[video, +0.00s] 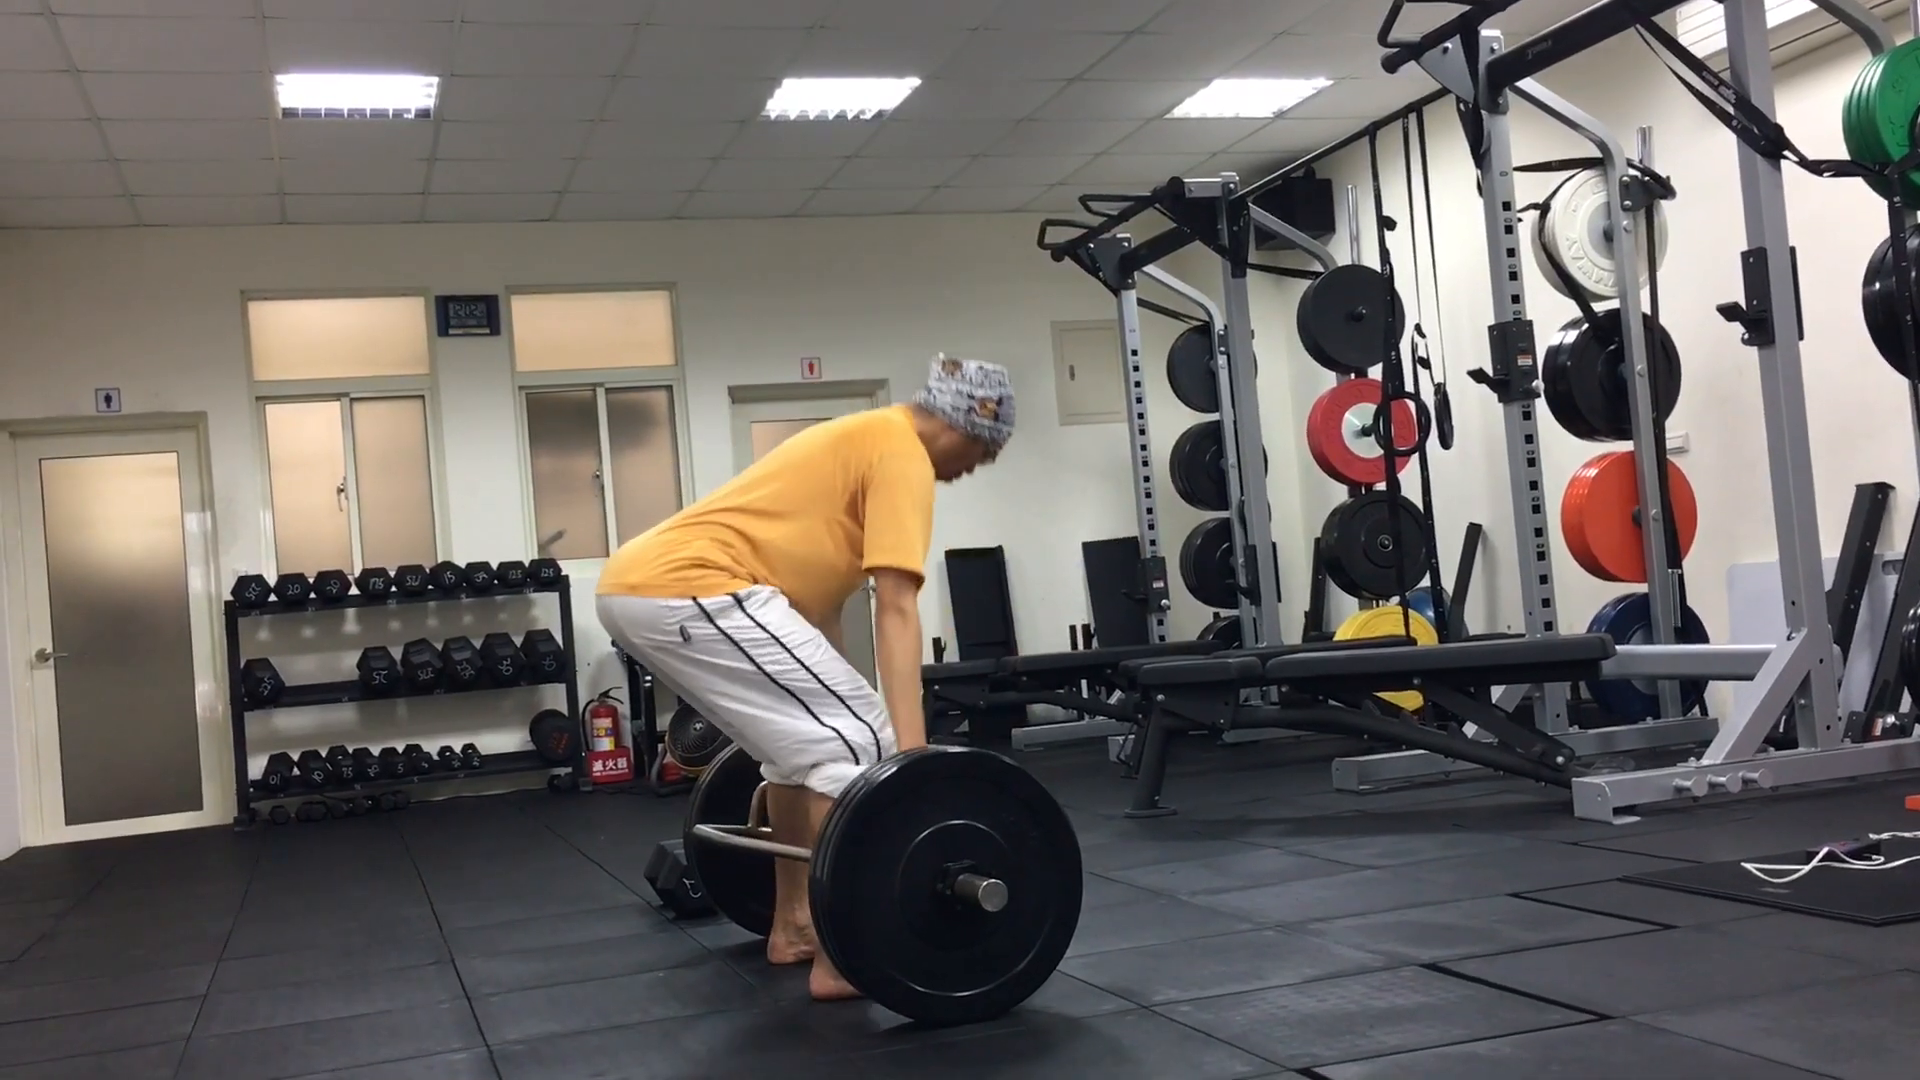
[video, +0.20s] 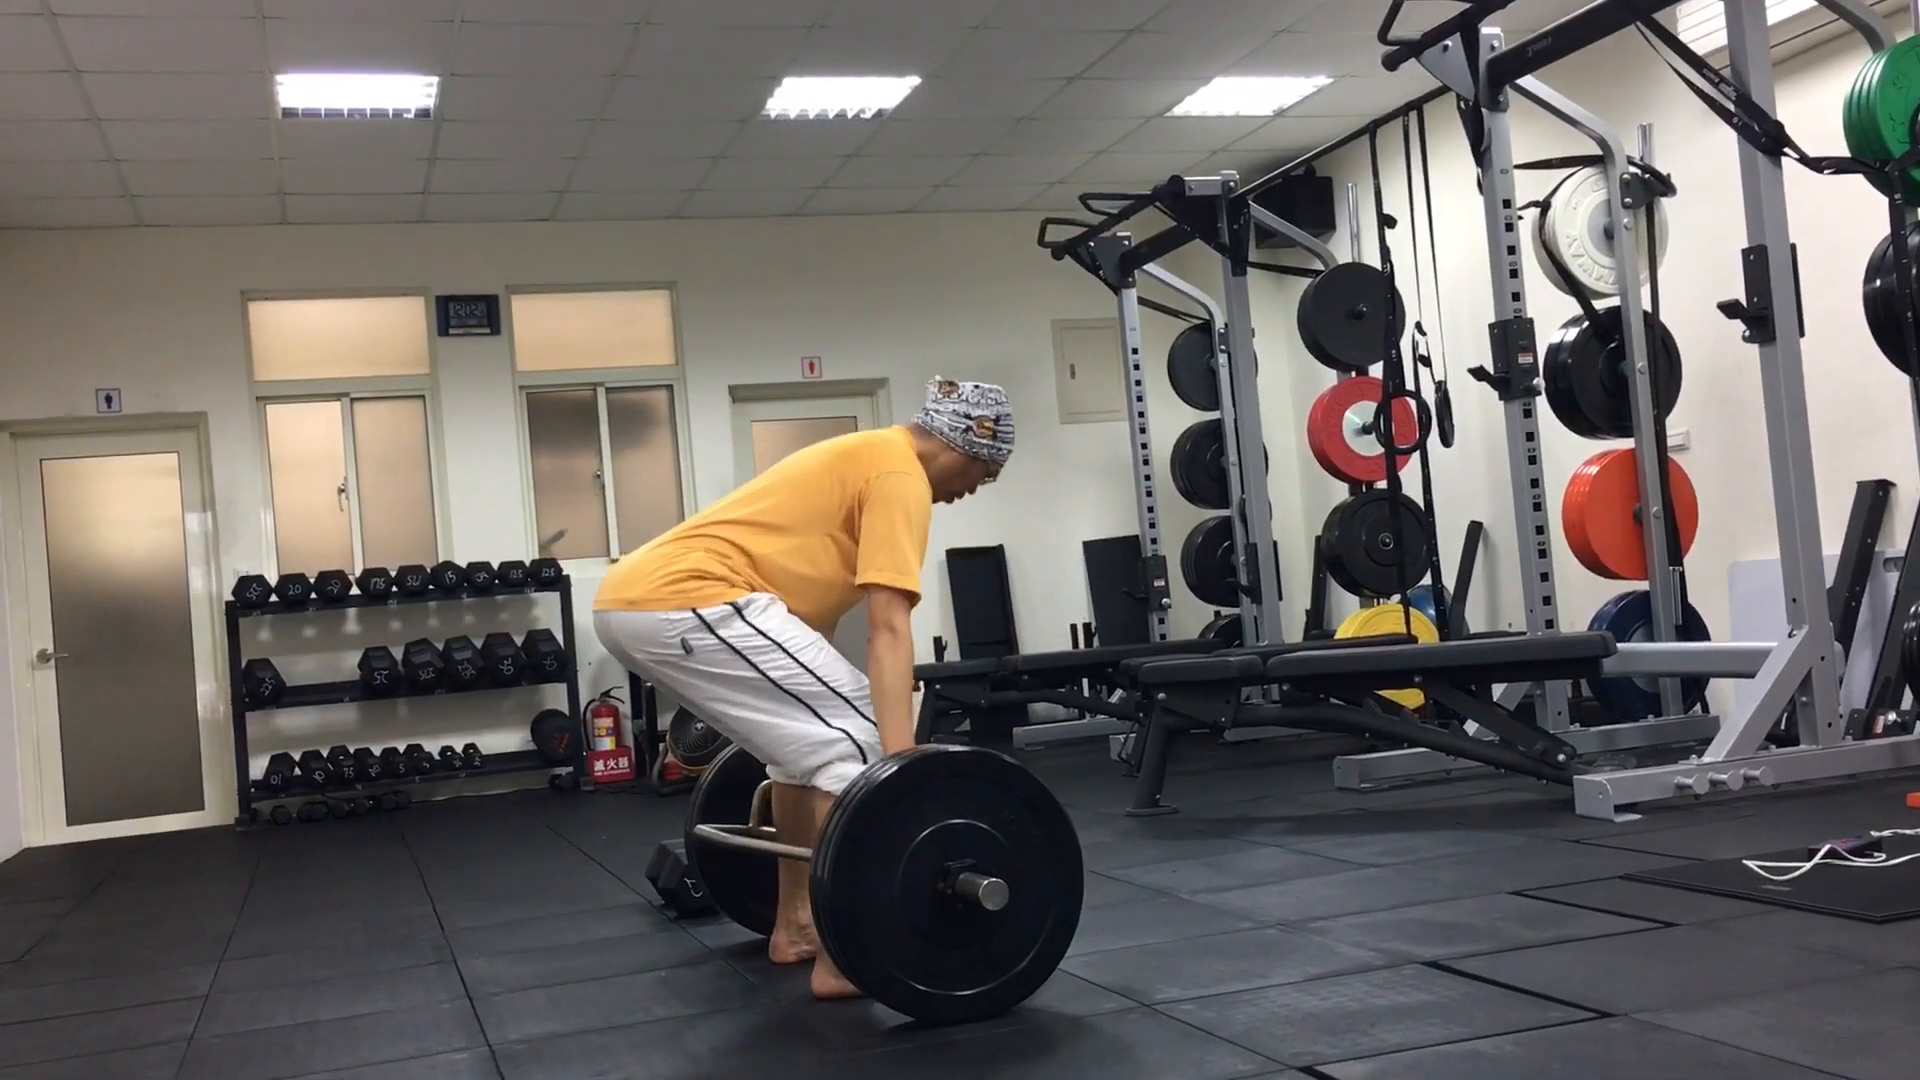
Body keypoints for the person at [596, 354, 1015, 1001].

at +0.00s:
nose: (975, 470)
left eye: (986, 459)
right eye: (983, 454)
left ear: (937, 406)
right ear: (966, 423)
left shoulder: (854, 443)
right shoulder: (901, 450)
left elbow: (818, 612)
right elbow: (896, 603)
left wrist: (848, 712)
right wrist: (913, 754)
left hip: (641, 589)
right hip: (695, 590)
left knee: (797, 743)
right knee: (856, 735)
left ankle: (793, 925)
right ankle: (840, 957)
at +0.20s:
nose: (973, 491)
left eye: (985, 480)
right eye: (982, 475)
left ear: (935, 431)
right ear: (960, 444)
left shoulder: (861, 459)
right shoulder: (898, 472)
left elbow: (805, 613)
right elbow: (889, 625)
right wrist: (903, 764)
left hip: (638, 602)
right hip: (696, 601)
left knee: (800, 745)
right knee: (856, 739)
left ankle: (795, 924)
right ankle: (842, 957)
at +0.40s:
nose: (969, 479)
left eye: (980, 466)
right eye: (976, 461)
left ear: (923, 422)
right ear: (953, 434)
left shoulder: (853, 456)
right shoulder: (895, 474)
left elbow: (805, 618)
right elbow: (890, 627)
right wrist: (903, 759)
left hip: (639, 608)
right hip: (696, 607)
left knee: (810, 739)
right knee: (868, 734)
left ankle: (795, 923)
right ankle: (848, 956)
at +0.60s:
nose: (969, 467)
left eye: (979, 453)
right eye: (975, 449)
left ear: (918, 416)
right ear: (948, 426)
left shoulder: (853, 451)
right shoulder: (892, 473)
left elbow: (805, 612)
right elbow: (887, 624)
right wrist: (898, 758)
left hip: (643, 609)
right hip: (697, 609)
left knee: (820, 735)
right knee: (866, 730)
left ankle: (793, 924)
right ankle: (844, 954)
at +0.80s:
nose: (969, 459)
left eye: (978, 445)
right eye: (974, 441)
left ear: (920, 411)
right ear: (944, 418)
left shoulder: (855, 449)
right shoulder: (887, 468)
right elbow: (882, 616)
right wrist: (893, 750)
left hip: (651, 611)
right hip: (697, 610)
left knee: (829, 730)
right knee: (868, 732)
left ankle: (791, 923)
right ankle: (840, 954)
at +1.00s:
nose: (967, 456)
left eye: (975, 442)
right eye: (971, 438)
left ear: (916, 407)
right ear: (940, 415)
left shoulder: (852, 447)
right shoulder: (883, 468)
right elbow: (876, 615)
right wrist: (888, 749)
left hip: (651, 617)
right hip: (698, 615)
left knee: (830, 725)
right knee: (874, 725)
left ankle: (789, 921)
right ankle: (840, 951)